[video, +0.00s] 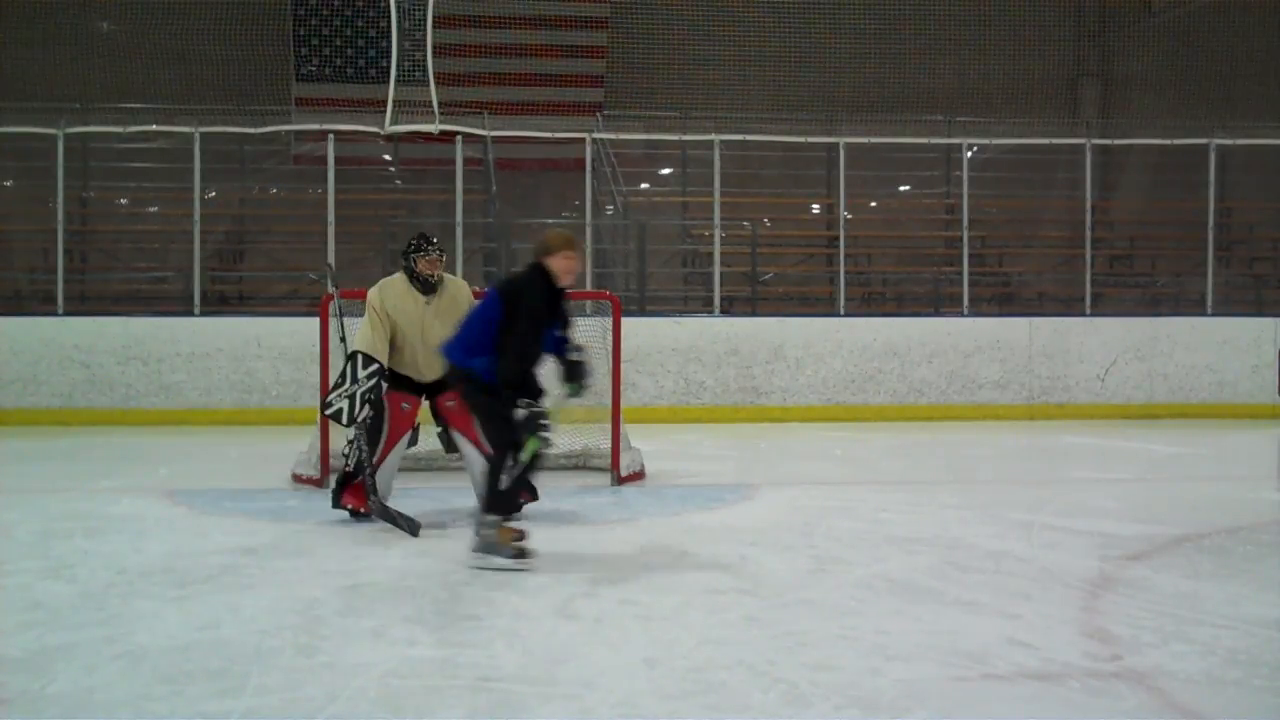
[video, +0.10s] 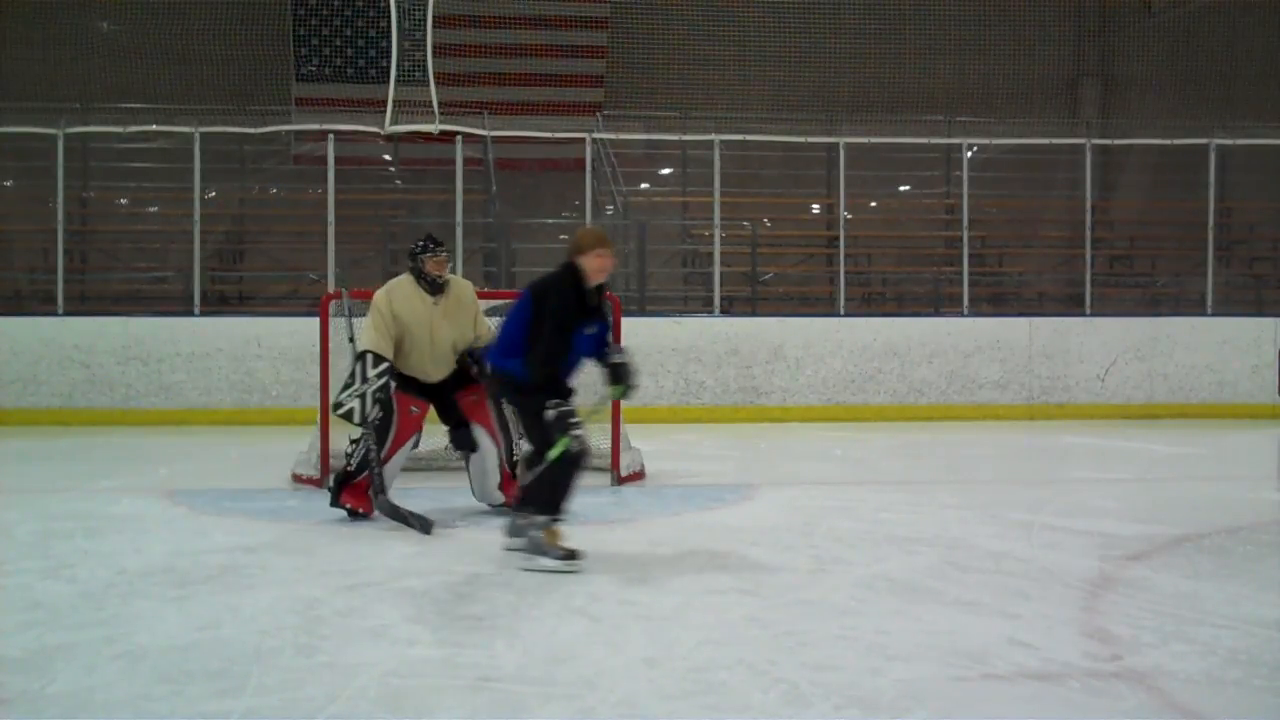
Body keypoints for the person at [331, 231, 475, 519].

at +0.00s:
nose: (434, 267)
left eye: (438, 261)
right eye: (427, 261)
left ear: (443, 262)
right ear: (411, 263)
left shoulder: (459, 291)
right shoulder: (384, 294)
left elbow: (475, 335)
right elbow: (371, 345)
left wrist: (478, 379)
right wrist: (368, 388)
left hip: (448, 378)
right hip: (402, 379)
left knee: (475, 438)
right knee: (388, 438)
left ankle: (496, 501)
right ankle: (366, 499)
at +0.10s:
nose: (442, 267)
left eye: (445, 261)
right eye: (435, 261)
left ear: (449, 262)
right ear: (418, 263)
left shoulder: (463, 291)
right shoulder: (390, 297)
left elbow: (482, 338)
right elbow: (375, 349)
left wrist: (486, 367)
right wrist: (377, 396)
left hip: (455, 377)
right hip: (408, 379)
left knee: (486, 430)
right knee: (397, 437)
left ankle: (497, 492)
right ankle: (358, 492)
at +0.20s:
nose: (458, 269)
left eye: (461, 263)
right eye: (451, 263)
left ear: (466, 265)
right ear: (434, 265)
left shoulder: (475, 293)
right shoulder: (409, 295)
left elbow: (485, 330)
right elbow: (388, 334)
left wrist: (495, 350)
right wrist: (392, 368)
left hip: (460, 380)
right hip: (417, 381)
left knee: (496, 416)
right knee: (405, 429)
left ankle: (488, 487)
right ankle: (357, 488)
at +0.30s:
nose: (486, 266)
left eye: (489, 261)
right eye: (479, 261)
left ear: (493, 264)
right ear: (462, 263)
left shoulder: (495, 295)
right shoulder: (439, 290)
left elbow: (497, 334)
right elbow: (417, 330)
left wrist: (521, 346)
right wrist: (424, 361)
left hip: (472, 378)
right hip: (433, 378)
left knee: (505, 420)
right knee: (415, 432)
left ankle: (485, 488)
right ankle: (357, 485)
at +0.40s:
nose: (519, 265)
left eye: (520, 260)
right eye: (512, 260)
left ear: (519, 264)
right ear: (496, 261)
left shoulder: (516, 295)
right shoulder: (480, 285)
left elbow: (520, 336)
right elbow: (455, 327)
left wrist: (551, 340)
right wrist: (461, 357)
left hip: (489, 378)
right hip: (452, 374)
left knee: (521, 409)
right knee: (428, 432)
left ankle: (494, 482)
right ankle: (362, 481)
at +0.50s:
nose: (549, 260)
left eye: (549, 255)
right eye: (542, 254)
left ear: (545, 260)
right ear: (527, 257)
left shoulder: (537, 290)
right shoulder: (512, 281)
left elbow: (539, 332)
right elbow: (498, 330)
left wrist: (576, 341)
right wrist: (495, 368)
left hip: (498, 367)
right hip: (469, 361)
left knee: (542, 392)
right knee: (455, 424)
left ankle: (505, 484)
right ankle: (393, 478)